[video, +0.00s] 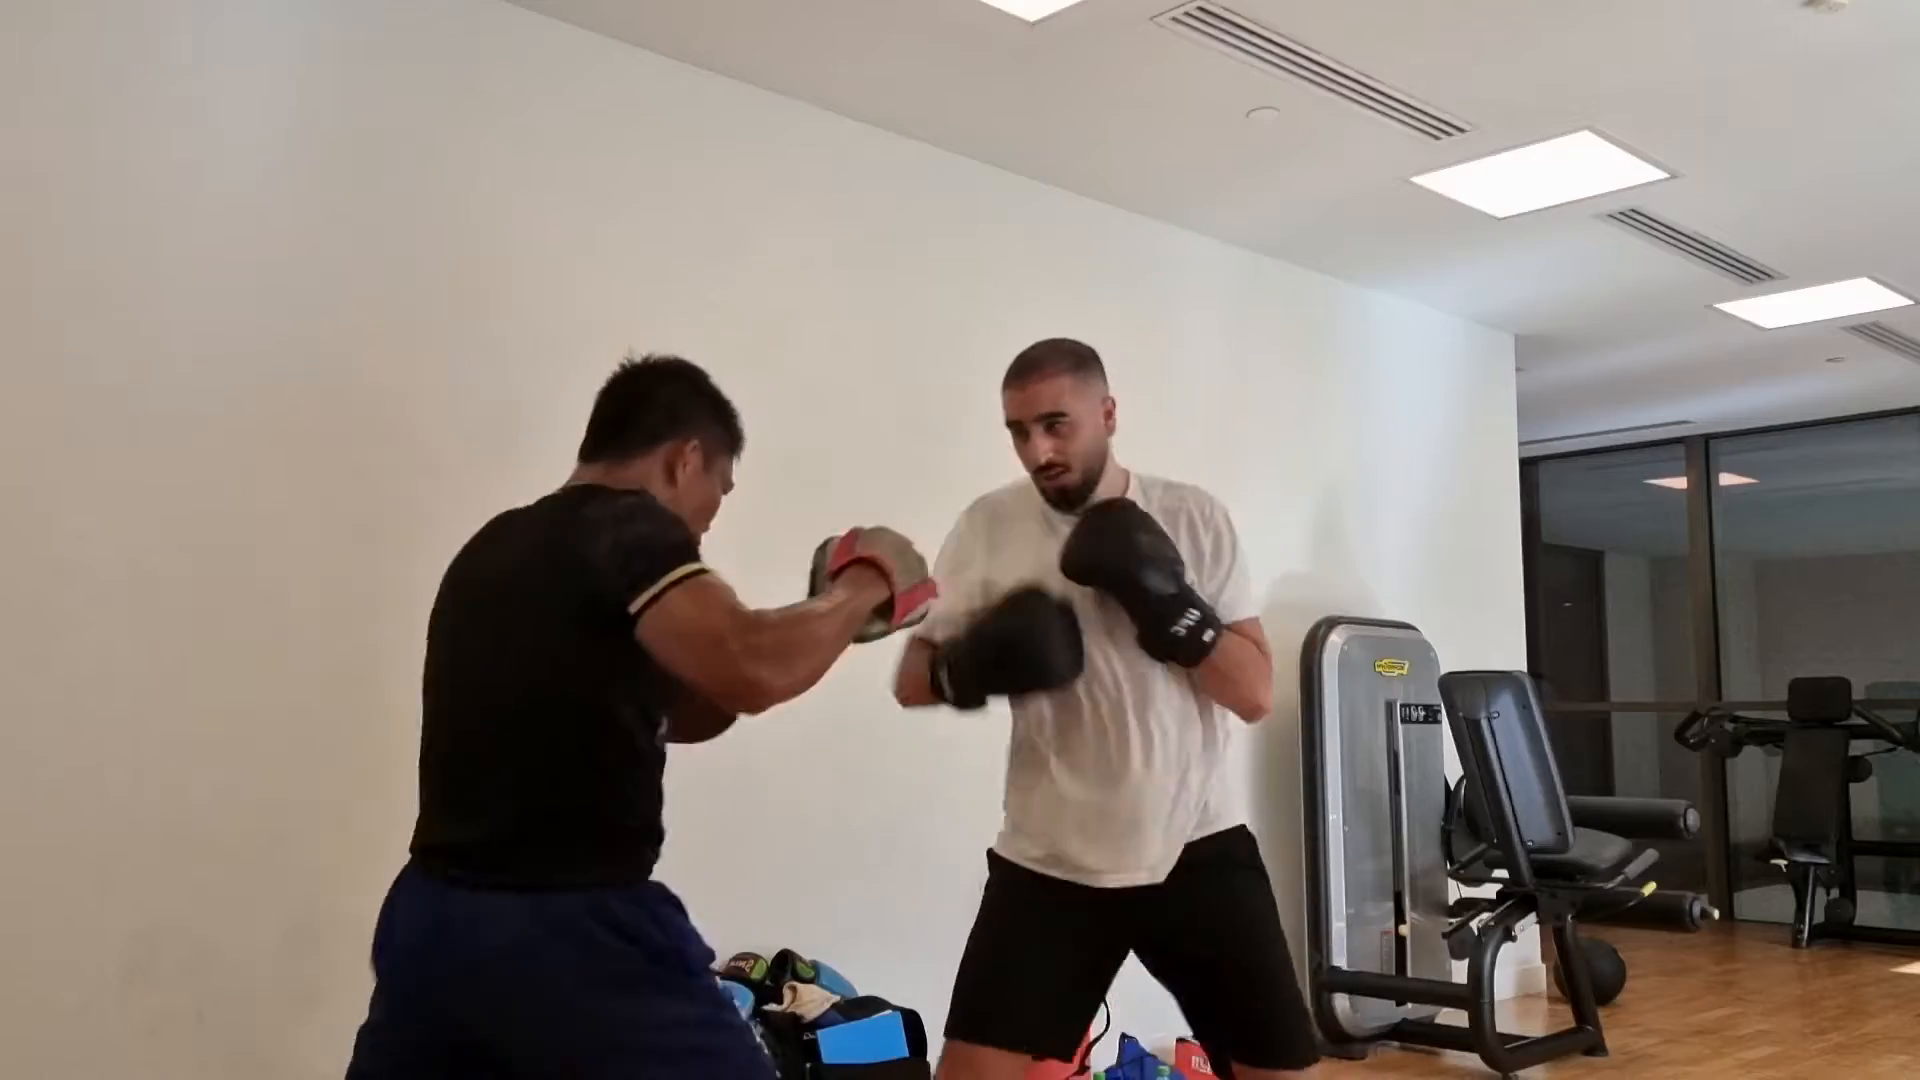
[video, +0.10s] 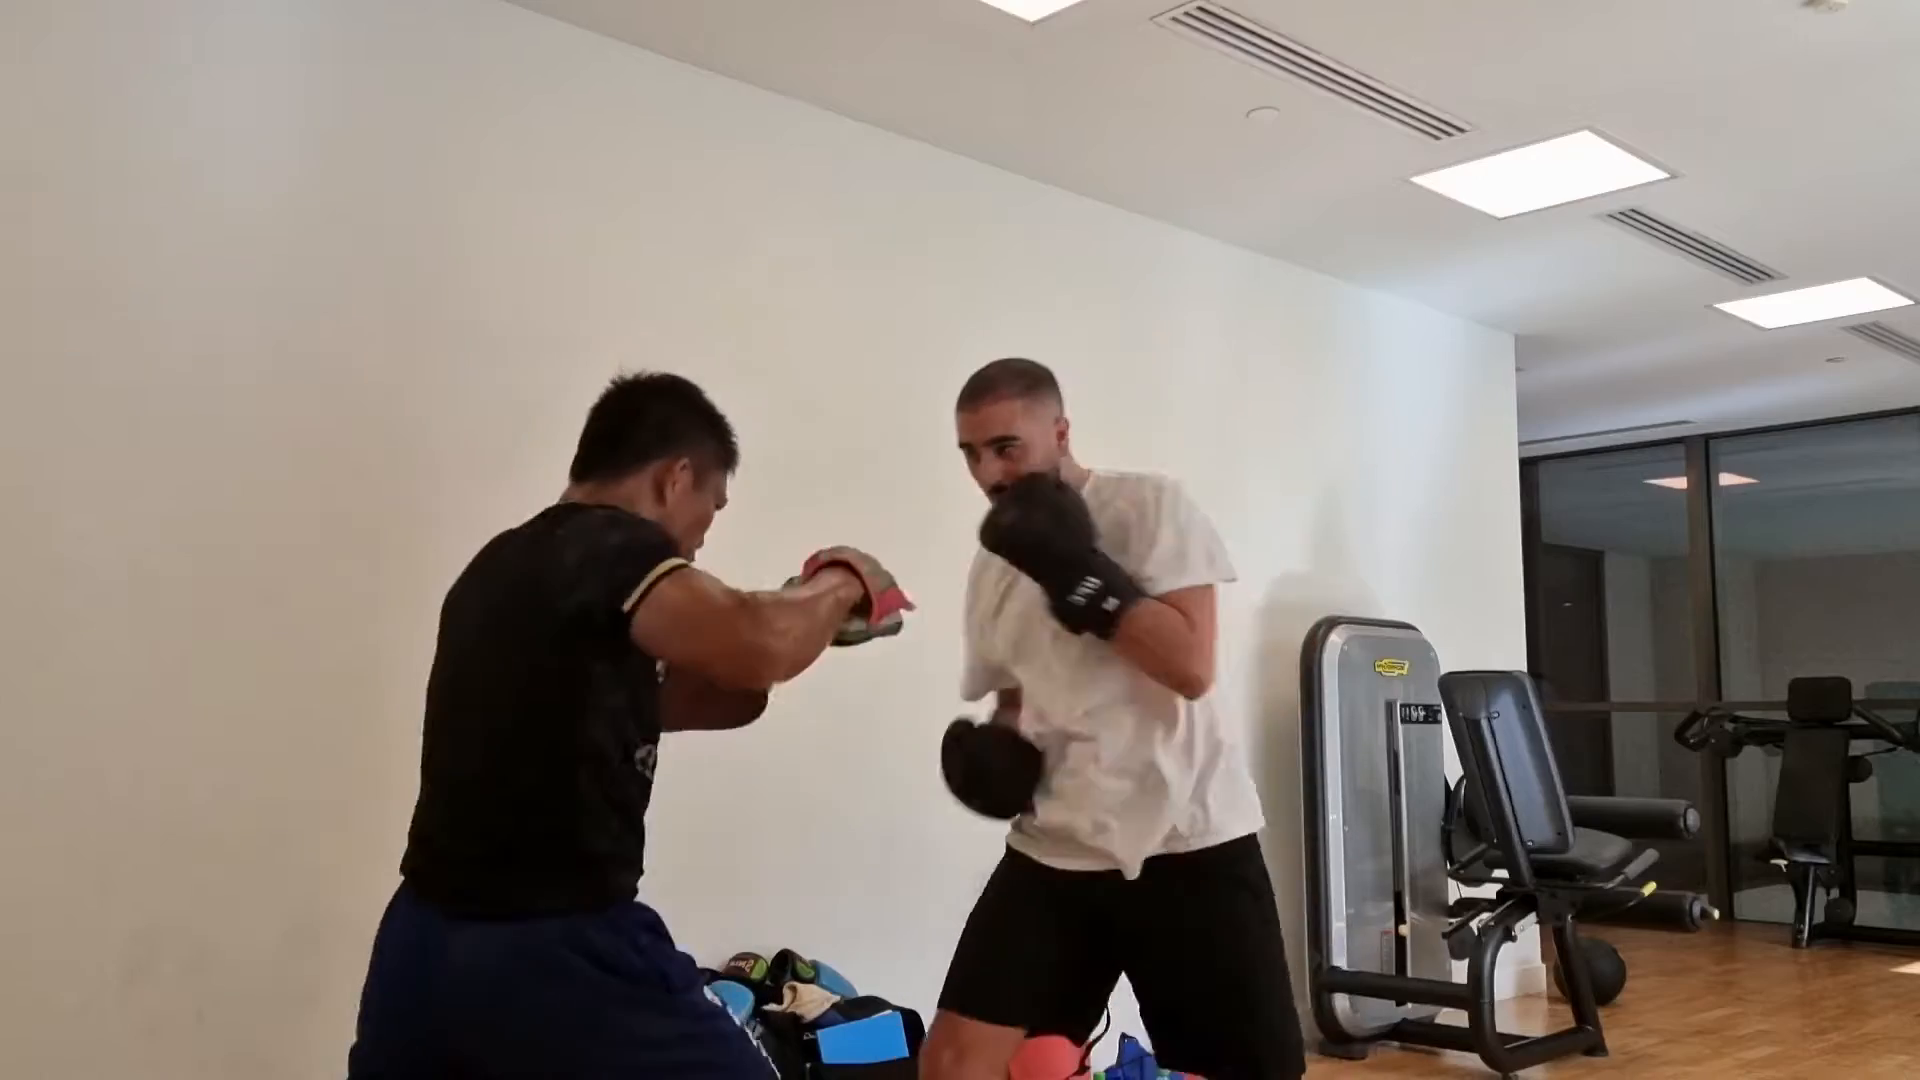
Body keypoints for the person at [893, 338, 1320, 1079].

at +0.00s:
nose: (1038, 451)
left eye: (1057, 425)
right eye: (1020, 431)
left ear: (1108, 414)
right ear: (1007, 432)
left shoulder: (1195, 518)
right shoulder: (989, 527)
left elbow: (1255, 693)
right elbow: (911, 680)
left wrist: (1168, 602)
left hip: (1198, 857)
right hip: (1048, 866)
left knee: (1282, 1067)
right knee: (974, 1068)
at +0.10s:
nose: (988, 473)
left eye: (1006, 447)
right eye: (971, 454)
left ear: (1060, 431)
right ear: (961, 455)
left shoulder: (1156, 509)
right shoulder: (995, 564)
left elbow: (1193, 668)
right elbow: (1012, 702)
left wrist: (1074, 567)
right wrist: (993, 760)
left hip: (1194, 857)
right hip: (1053, 860)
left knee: (1259, 1069)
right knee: (956, 1062)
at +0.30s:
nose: (988, 462)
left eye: (1001, 436)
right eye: (972, 447)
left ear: (1057, 419)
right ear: (965, 454)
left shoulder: (1168, 500)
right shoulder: (981, 559)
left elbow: (1198, 645)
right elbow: (1010, 694)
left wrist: (1090, 540)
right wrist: (968, 778)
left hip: (1195, 851)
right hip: (1044, 865)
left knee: (1284, 1067)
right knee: (964, 1066)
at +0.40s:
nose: (1003, 448)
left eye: (1017, 422)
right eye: (983, 433)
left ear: (1067, 415)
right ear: (972, 444)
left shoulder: (1155, 508)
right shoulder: (956, 540)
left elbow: (1261, 659)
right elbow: (895, 698)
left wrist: (1184, 589)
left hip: (1180, 833)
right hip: (1036, 847)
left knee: (1266, 1064)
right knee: (972, 1066)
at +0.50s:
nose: (967, 453)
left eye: (982, 427)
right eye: (951, 440)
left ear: (1035, 420)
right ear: (945, 453)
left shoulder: (1143, 524)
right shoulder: (962, 563)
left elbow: (1218, 649)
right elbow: (942, 730)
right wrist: (942, 609)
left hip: (1159, 861)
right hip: (1019, 866)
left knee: (1228, 1067)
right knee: (942, 1063)